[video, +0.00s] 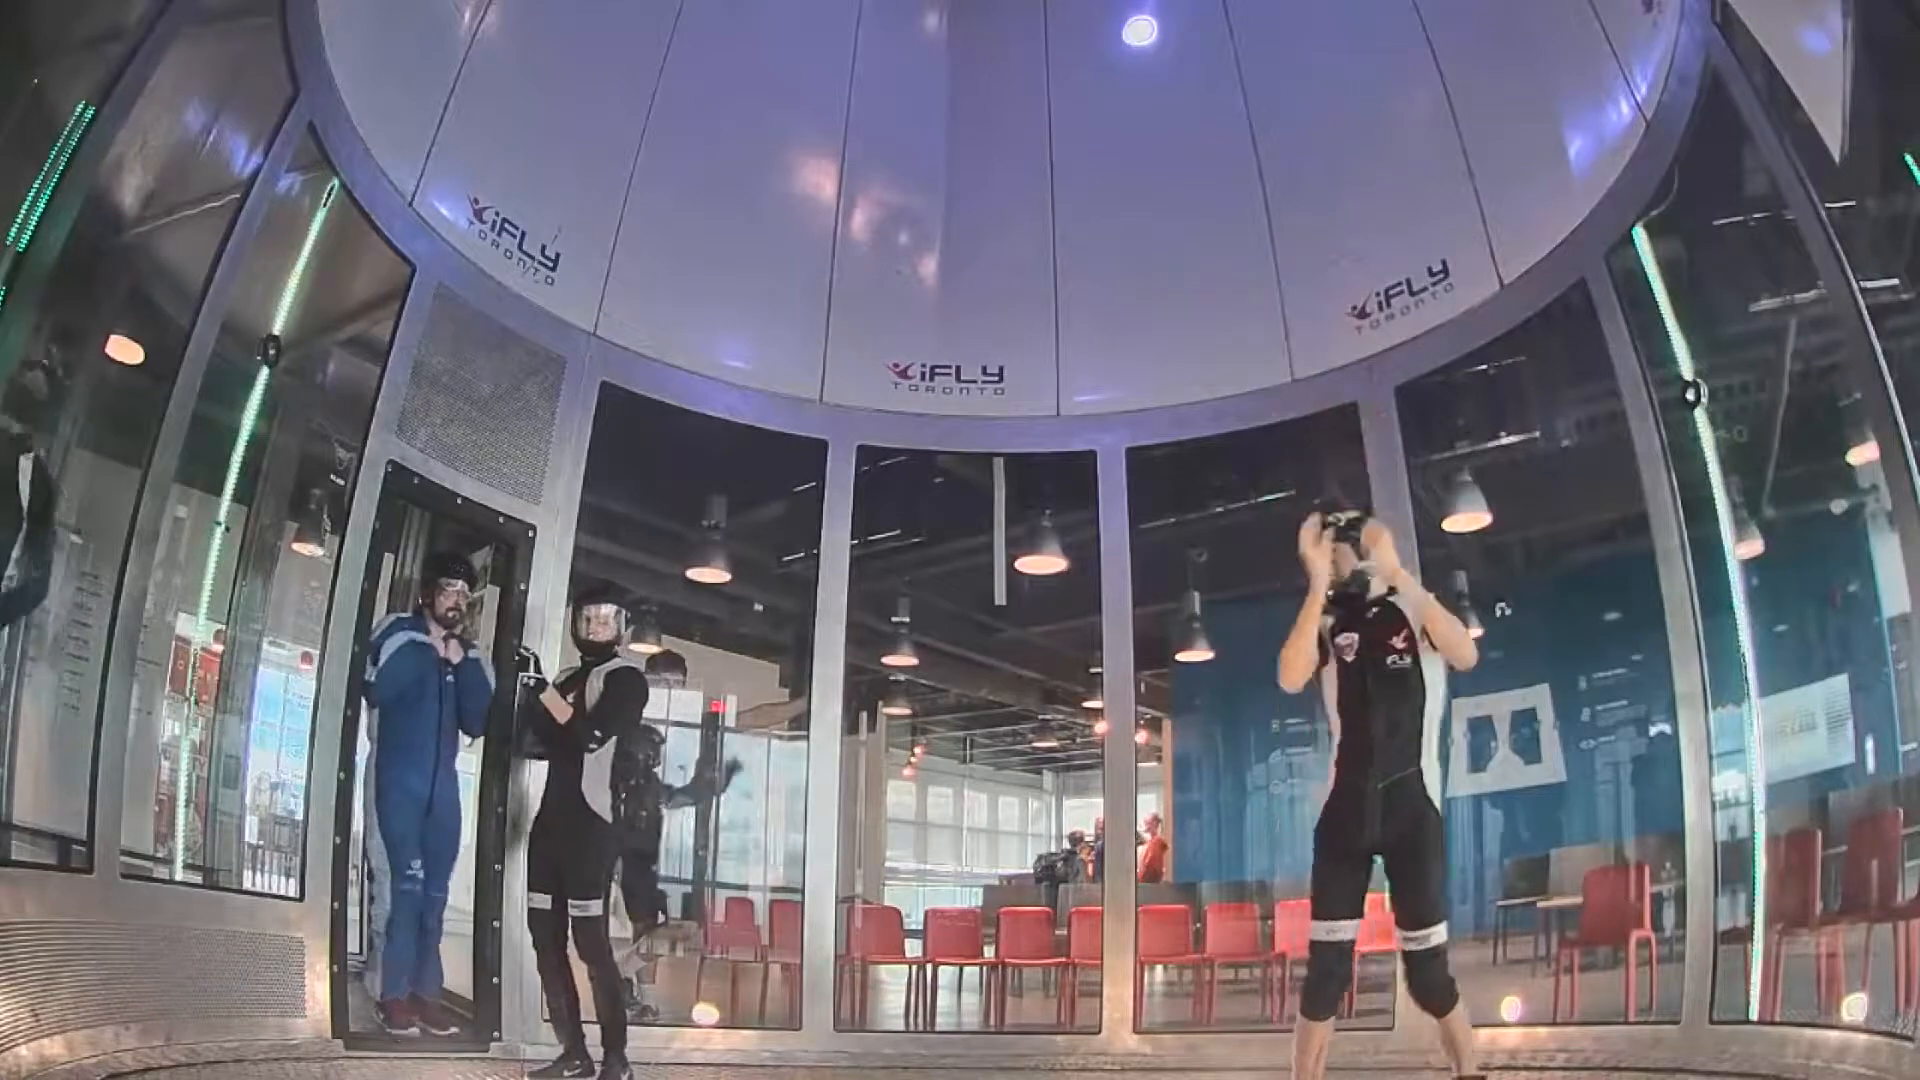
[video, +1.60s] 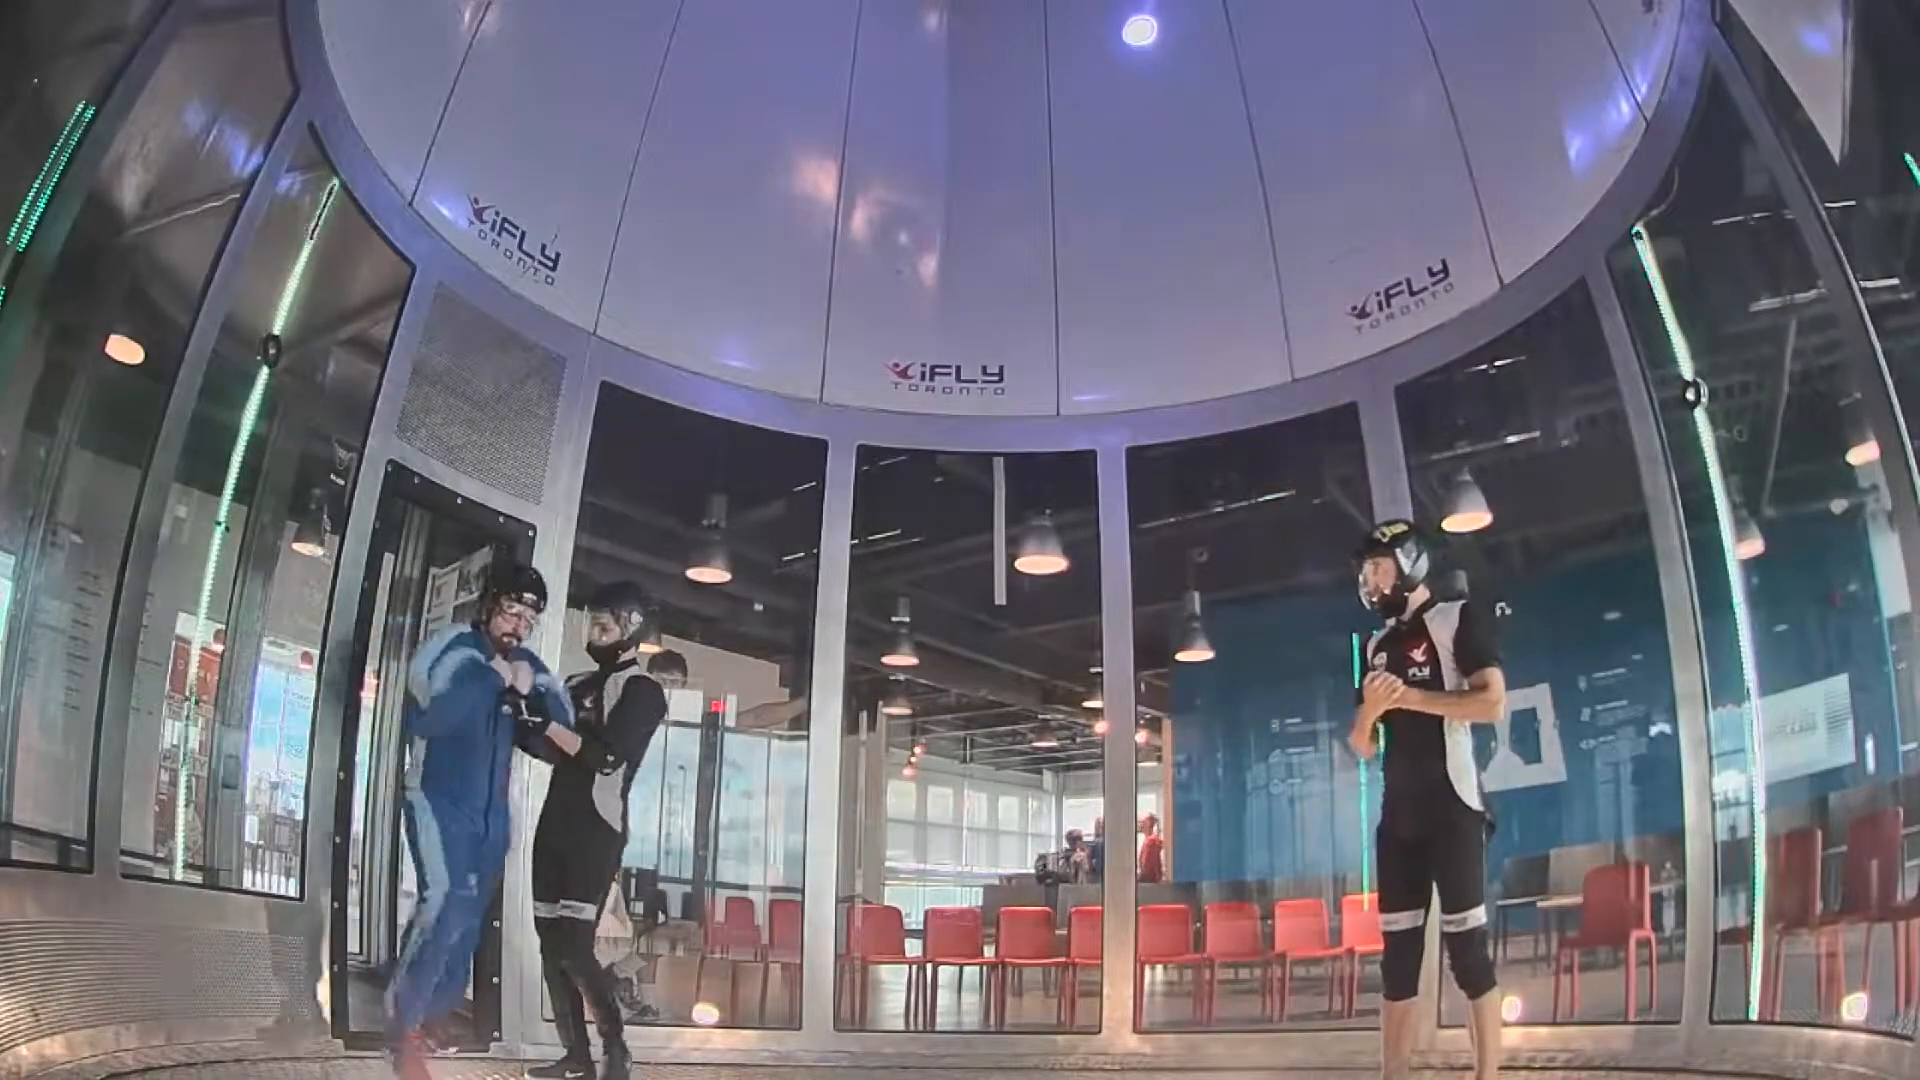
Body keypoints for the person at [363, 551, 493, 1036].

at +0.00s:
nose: (454, 601)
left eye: (462, 595)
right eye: (447, 591)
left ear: (468, 603)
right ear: (427, 593)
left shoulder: (468, 650)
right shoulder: (399, 632)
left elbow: (476, 722)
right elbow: (379, 691)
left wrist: (462, 662)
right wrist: (426, 647)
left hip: (444, 781)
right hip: (399, 777)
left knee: (436, 890)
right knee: (409, 884)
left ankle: (425, 996)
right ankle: (394, 997)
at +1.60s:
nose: (516, 624)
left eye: (527, 616)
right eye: (509, 610)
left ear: (533, 622)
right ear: (487, 606)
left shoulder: (525, 663)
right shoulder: (457, 653)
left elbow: (564, 720)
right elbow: (432, 720)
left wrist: (533, 684)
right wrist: (488, 678)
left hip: (489, 808)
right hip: (438, 800)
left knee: (470, 912)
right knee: (450, 899)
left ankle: (430, 1018)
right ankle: (404, 1021)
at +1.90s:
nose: (558, 657)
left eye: (569, 649)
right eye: (550, 642)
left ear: (577, 653)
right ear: (525, 635)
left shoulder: (567, 691)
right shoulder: (492, 676)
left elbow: (622, 735)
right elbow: (452, 726)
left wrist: (596, 731)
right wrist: (539, 715)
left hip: (504, 833)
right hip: (447, 823)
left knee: (487, 951)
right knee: (449, 935)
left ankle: (427, 1012)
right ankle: (401, 1051)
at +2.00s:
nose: (579, 677)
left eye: (590, 671)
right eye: (571, 663)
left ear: (599, 672)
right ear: (543, 653)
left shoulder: (585, 702)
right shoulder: (501, 680)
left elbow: (619, 715)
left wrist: (656, 732)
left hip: (515, 851)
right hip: (455, 836)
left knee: (498, 965)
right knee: (464, 959)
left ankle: (419, 1026)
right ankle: (404, 1047)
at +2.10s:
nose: (600, 683)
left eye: (605, 674)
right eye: (592, 668)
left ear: (606, 676)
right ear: (559, 660)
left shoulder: (586, 711)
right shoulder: (508, 690)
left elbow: (634, 722)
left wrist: (690, 733)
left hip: (520, 861)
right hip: (460, 846)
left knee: (495, 974)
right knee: (471, 968)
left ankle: (422, 1034)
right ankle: (405, 1032)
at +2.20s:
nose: (604, 714)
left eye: (615, 705)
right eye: (595, 701)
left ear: (624, 710)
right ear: (572, 694)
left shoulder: (618, 735)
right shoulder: (529, 720)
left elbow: (684, 725)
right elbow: (493, 656)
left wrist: (751, 715)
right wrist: (572, 651)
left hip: (529, 887)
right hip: (470, 869)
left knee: (498, 997)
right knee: (478, 992)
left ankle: (424, 1038)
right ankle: (404, 1040)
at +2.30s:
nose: (618, 722)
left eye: (630, 714)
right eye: (609, 707)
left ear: (640, 719)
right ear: (583, 698)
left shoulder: (629, 744)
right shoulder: (540, 721)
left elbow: (700, 722)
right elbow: (508, 645)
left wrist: (768, 705)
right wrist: (574, 617)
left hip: (535, 899)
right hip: (477, 876)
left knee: (488, 1014)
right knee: (478, 1008)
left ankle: (420, 1044)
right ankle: (407, 1037)